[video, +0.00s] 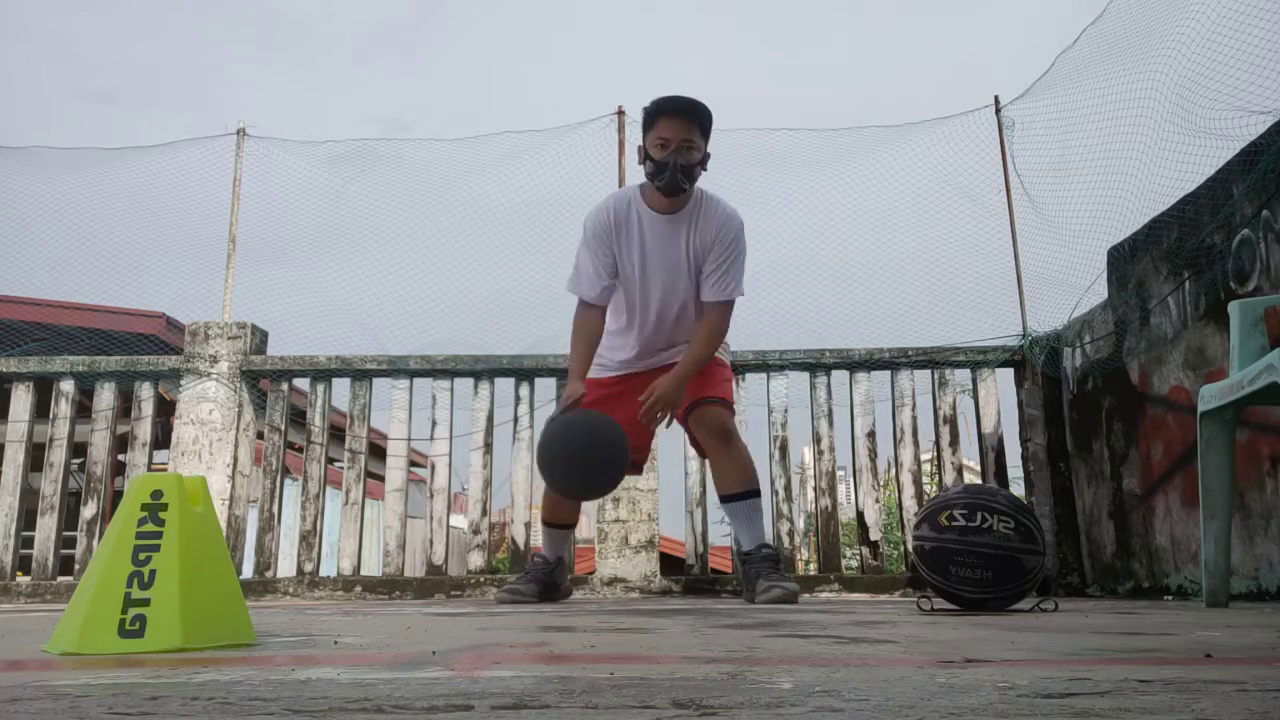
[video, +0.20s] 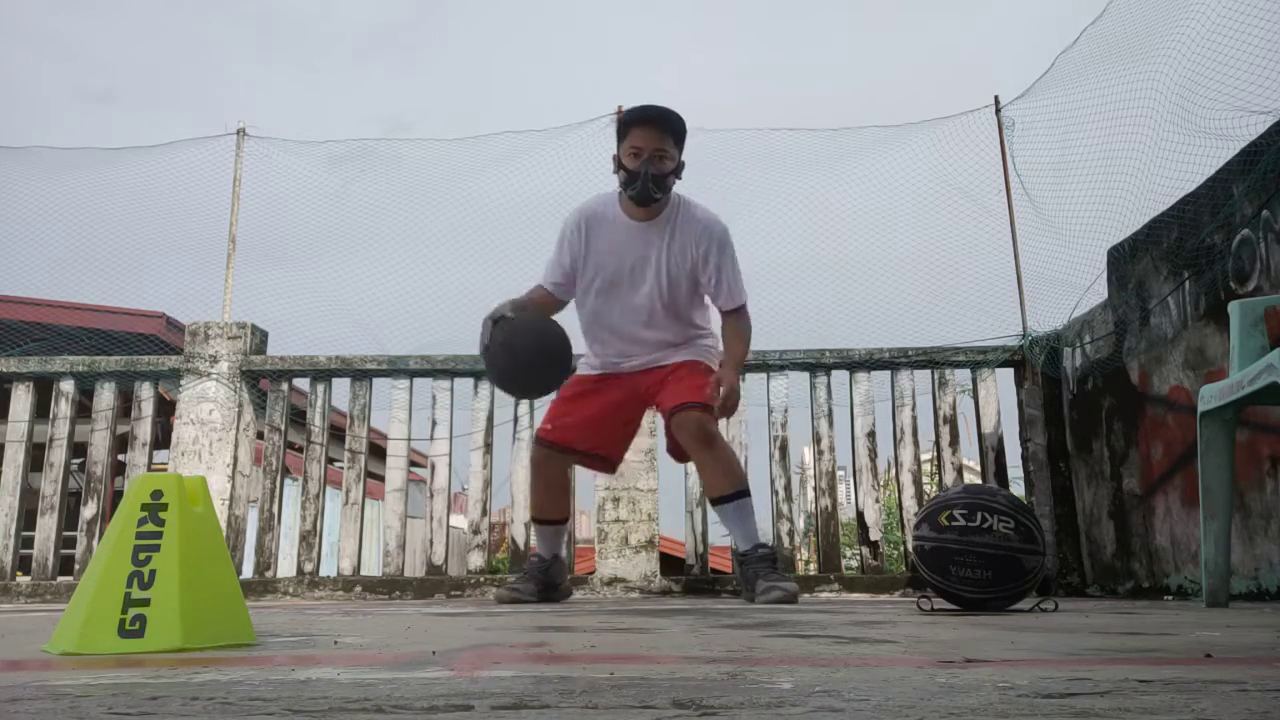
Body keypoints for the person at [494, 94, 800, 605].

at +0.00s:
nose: (674, 161)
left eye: (687, 150)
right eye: (662, 146)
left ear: (704, 157)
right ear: (642, 150)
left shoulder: (721, 224)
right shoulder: (608, 219)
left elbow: (716, 319)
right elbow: (590, 307)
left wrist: (679, 379)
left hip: (692, 359)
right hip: (618, 366)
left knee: (716, 427)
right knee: (571, 443)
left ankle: (758, 563)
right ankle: (550, 566)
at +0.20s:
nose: (644, 169)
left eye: (659, 158)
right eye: (634, 155)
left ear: (678, 165)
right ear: (617, 158)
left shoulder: (703, 229)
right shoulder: (586, 222)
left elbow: (735, 313)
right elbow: (554, 291)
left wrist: (730, 369)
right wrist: (512, 312)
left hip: (681, 361)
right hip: (604, 368)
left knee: (695, 427)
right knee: (548, 446)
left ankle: (754, 560)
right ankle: (548, 567)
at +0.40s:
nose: (688, 163)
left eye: (700, 153)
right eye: (677, 151)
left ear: (716, 163)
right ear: (657, 156)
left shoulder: (730, 237)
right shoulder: (615, 221)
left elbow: (734, 327)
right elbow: (606, 313)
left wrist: (741, 409)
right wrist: (633, 387)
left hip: (685, 356)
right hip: (611, 359)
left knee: (711, 422)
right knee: (557, 464)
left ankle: (755, 563)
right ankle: (548, 568)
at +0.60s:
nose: (733, 178)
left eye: (745, 168)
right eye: (721, 164)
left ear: (756, 176)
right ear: (695, 165)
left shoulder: (753, 241)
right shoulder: (650, 224)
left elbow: (771, 309)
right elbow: (628, 317)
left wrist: (811, 363)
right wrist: (691, 352)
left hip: (700, 364)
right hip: (626, 368)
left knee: (730, 424)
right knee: (588, 475)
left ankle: (759, 566)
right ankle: (549, 558)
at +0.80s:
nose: (714, 166)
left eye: (727, 156)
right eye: (703, 152)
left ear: (741, 162)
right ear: (680, 153)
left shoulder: (747, 226)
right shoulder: (642, 215)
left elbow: (769, 307)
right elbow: (649, 311)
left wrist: (799, 365)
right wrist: (702, 366)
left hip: (697, 354)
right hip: (622, 356)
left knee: (729, 429)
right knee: (580, 461)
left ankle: (759, 564)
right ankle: (547, 556)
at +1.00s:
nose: (659, 165)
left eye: (674, 154)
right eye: (648, 151)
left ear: (691, 161)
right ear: (630, 155)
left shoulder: (709, 227)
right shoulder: (598, 223)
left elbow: (708, 316)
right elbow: (577, 313)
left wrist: (689, 379)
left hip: (681, 362)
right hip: (607, 366)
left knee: (710, 426)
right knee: (556, 448)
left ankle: (758, 561)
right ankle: (541, 568)